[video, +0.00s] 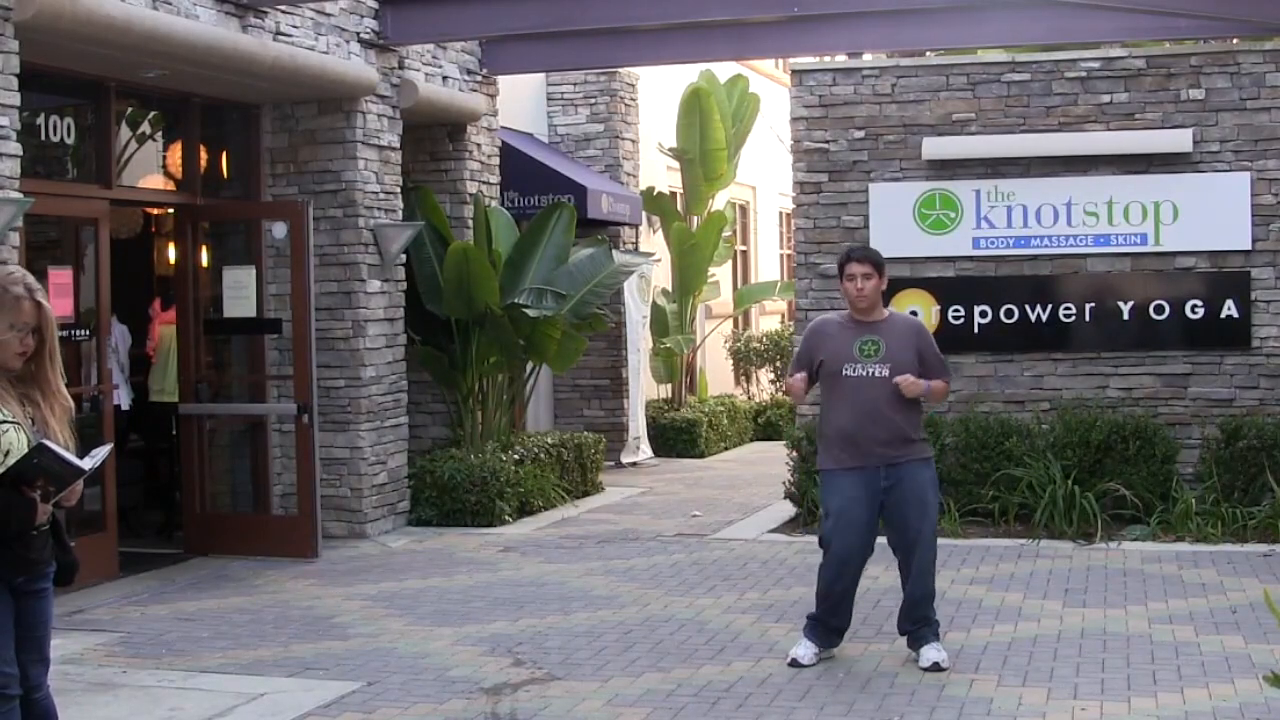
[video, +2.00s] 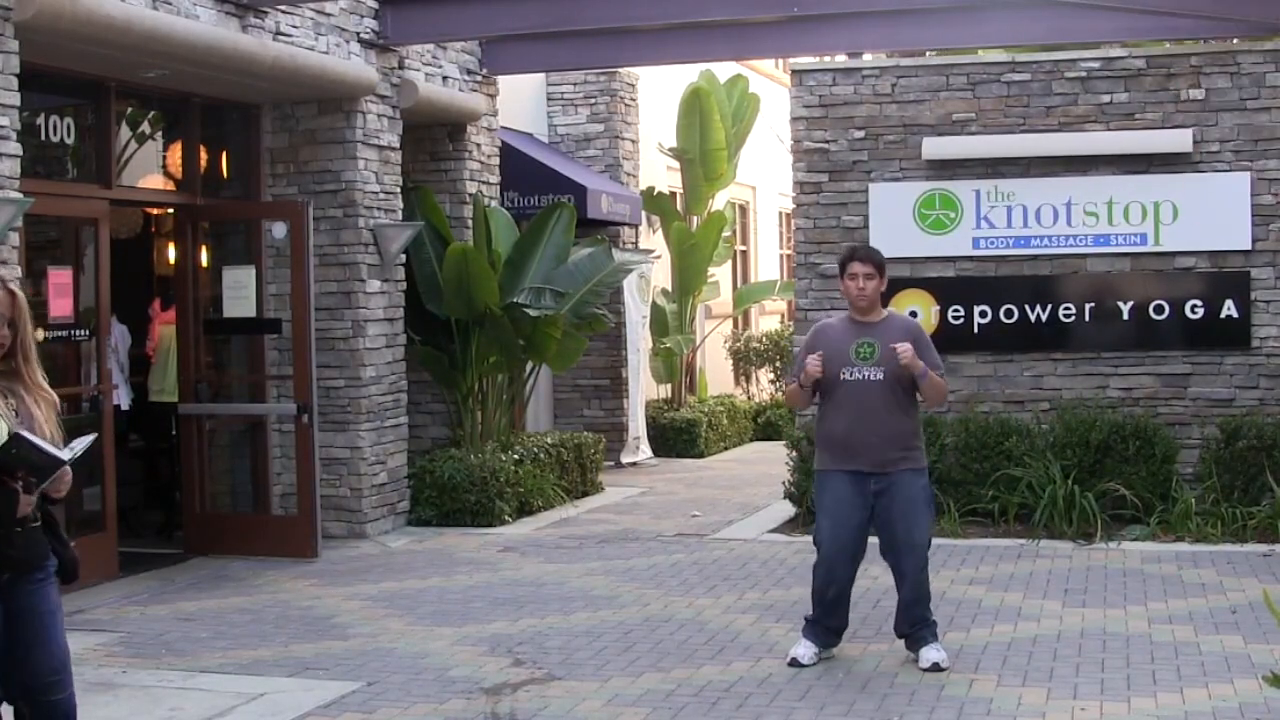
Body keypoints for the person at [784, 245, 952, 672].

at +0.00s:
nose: (859, 286)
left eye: (866, 278)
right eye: (850, 279)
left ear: (882, 282)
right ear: (841, 285)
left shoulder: (912, 329)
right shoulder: (821, 332)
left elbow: (941, 386)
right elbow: (799, 385)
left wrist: (921, 387)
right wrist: (796, 387)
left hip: (908, 459)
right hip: (844, 464)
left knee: (920, 548)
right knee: (842, 551)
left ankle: (925, 636)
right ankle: (820, 635)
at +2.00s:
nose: (859, 285)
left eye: (868, 277)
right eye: (851, 278)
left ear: (882, 282)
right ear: (841, 285)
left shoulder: (908, 330)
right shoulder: (823, 333)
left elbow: (938, 398)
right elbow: (795, 401)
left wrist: (918, 369)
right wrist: (806, 381)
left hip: (903, 466)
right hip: (839, 467)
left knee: (912, 553)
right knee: (833, 553)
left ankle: (923, 638)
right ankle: (818, 636)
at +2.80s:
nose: (851, 281)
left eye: (859, 273)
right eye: (843, 273)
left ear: (873, 279)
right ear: (832, 279)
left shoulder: (899, 327)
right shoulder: (812, 329)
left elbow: (928, 390)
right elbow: (786, 395)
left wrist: (908, 392)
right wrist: (806, 384)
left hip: (886, 462)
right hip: (823, 461)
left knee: (898, 545)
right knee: (821, 549)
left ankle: (923, 637)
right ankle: (818, 634)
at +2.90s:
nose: (851, 282)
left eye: (859, 275)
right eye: (843, 275)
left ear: (873, 280)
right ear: (832, 281)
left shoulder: (898, 327)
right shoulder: (812, 330)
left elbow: (929, 390)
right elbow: (786, 397)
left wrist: (908, 395)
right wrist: (805, 389)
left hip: (887, 464)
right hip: (823, 463)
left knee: (900, 550)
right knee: (818, 550)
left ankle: (923, 637)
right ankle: (818, 633)